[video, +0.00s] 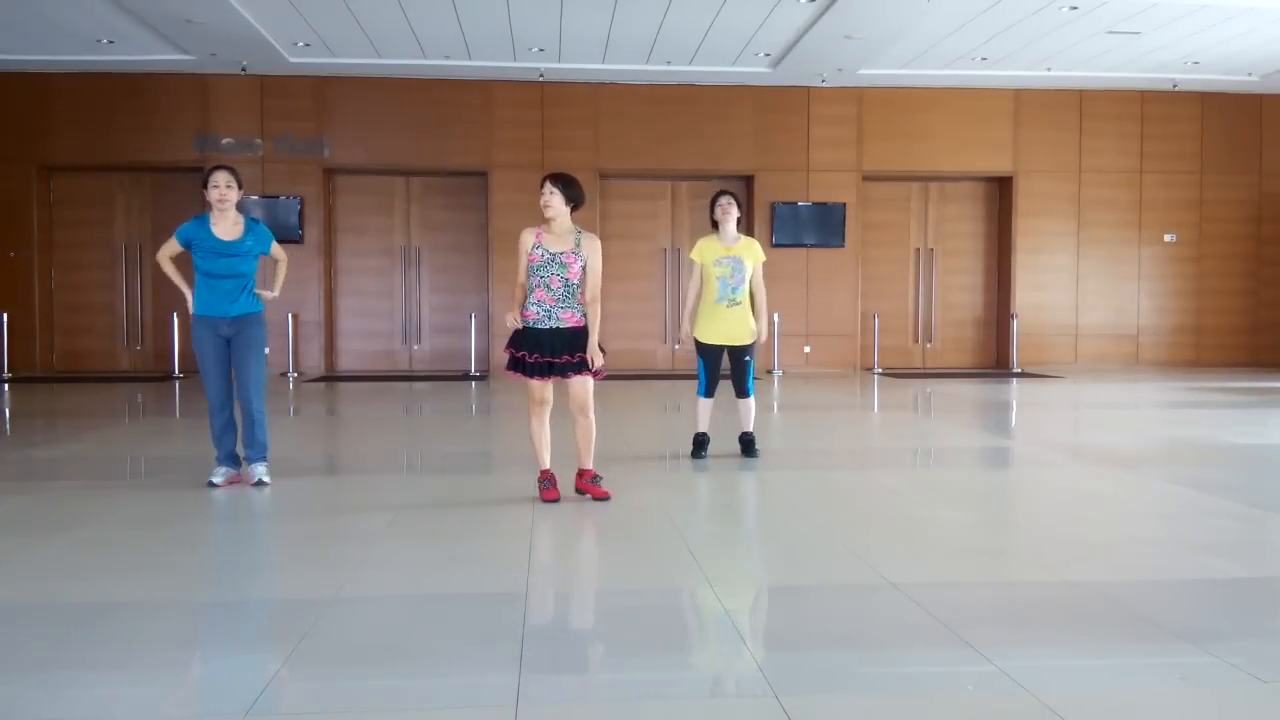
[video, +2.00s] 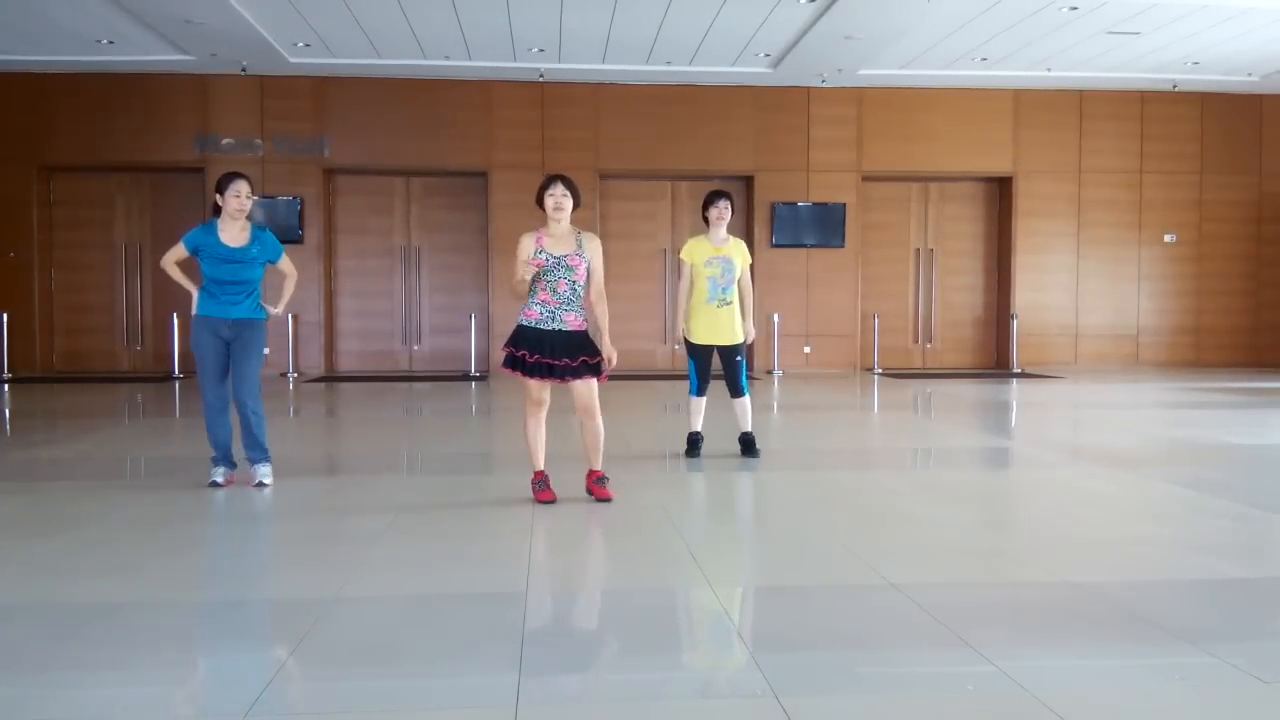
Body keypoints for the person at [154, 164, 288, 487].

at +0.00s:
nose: (222, 192)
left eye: (229, 186)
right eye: (215, 187)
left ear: (239, 193)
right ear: (207, 194)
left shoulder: (255, 230)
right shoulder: (195, 229)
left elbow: (282, 258)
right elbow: (162, 256)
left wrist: (275, 291)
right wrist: (187, 292)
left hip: (248, 320)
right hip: (207, 322)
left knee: (251, 395)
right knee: (217, 398)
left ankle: (258, 463)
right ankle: (227, 464)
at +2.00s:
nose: (243, 202)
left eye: (247, 197)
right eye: (236, 196)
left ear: (253, 201)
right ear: (220, 199)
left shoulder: (262, 237)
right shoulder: (203, 234)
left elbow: (291, 274)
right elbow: (166, 261)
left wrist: (280, 307)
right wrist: (193, 289)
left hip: (250, 324)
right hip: (208, 324)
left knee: (247, 396)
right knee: (214, 397)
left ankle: (260, 463)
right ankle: (222, 464)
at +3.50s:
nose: (250, 199)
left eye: (250, 193)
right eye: (244, 193)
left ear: (238, 196)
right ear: (224, 195)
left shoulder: (254, 233)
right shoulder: (197, 229)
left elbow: (280, 266)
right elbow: (156, 258)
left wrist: (301, 291)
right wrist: (187, 288)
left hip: (246, 321)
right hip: (205, 322)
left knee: (252, 395)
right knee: (211, 397)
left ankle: (266, 463)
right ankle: (216, 465)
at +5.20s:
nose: (231, 198)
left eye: (233, 193)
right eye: (224, 193)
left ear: (234, 197)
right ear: (205, 197)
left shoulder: (246, 232)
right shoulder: (185, 235)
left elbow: (265, 278)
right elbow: (159, 266)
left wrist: (274, 320)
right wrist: (185, 291)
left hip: (241, 322)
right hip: (202, 324)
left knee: (245, 398)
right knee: (196, 398)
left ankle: (249, 463)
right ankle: (184, 465)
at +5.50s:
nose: (217, 202)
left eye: (220, 196)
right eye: (210, 196)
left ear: (223, 199)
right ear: (191, 199)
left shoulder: (230, 237)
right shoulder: (170, 232)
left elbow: (236, 285)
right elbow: (139, 260)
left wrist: (228, 328)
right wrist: (161, 288)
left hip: (211, 323)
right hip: (172, 324)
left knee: (225, 397)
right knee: (177, 398)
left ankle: (245, 461)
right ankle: (182, 466)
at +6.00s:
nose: (191, 205)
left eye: (197, 198)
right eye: (185, 200)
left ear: (211, 201)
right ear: (179, 205)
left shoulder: (224, 242)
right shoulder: (170, 234)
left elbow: (226, 293)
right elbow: (149, 263)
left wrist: (216, 334)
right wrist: (157, 292)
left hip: (193, 323)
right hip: (158, 322)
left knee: (201, 396)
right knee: (168, 398)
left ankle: (237, 460)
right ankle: (182, 466)